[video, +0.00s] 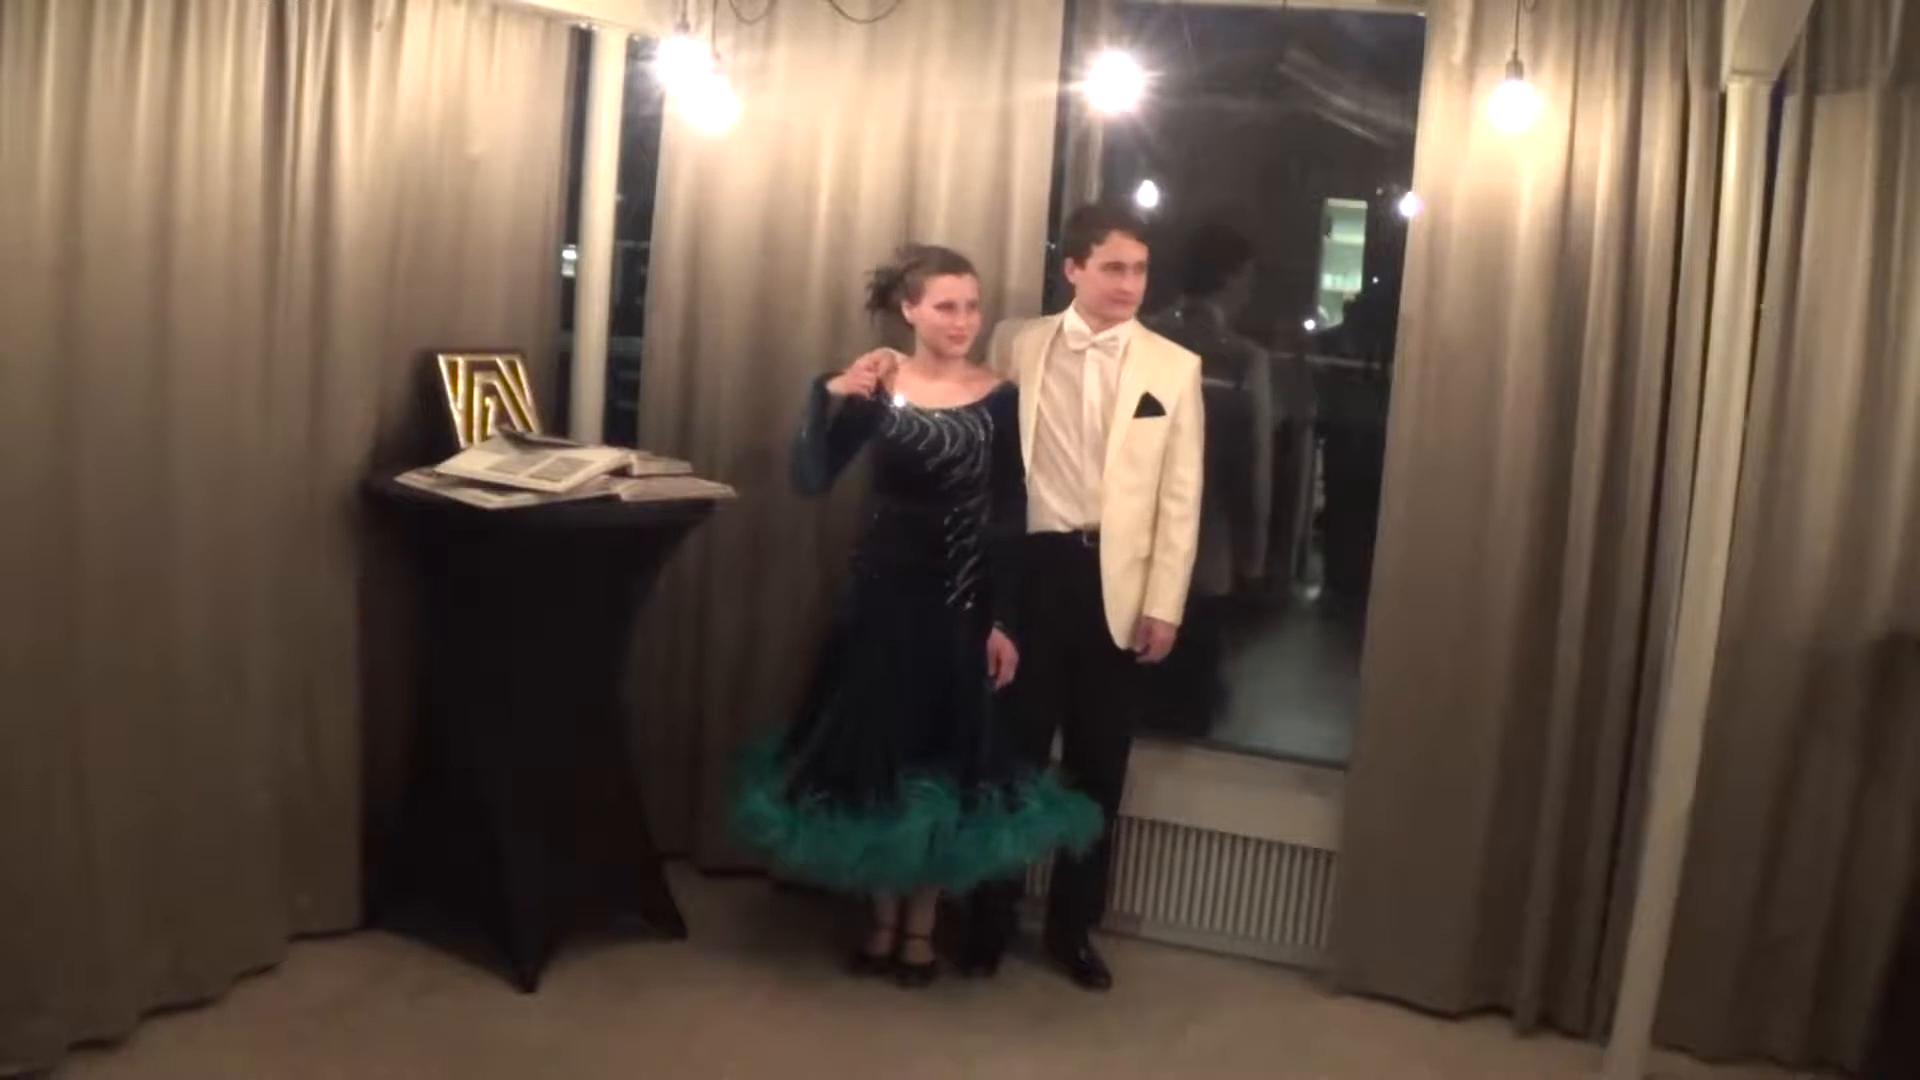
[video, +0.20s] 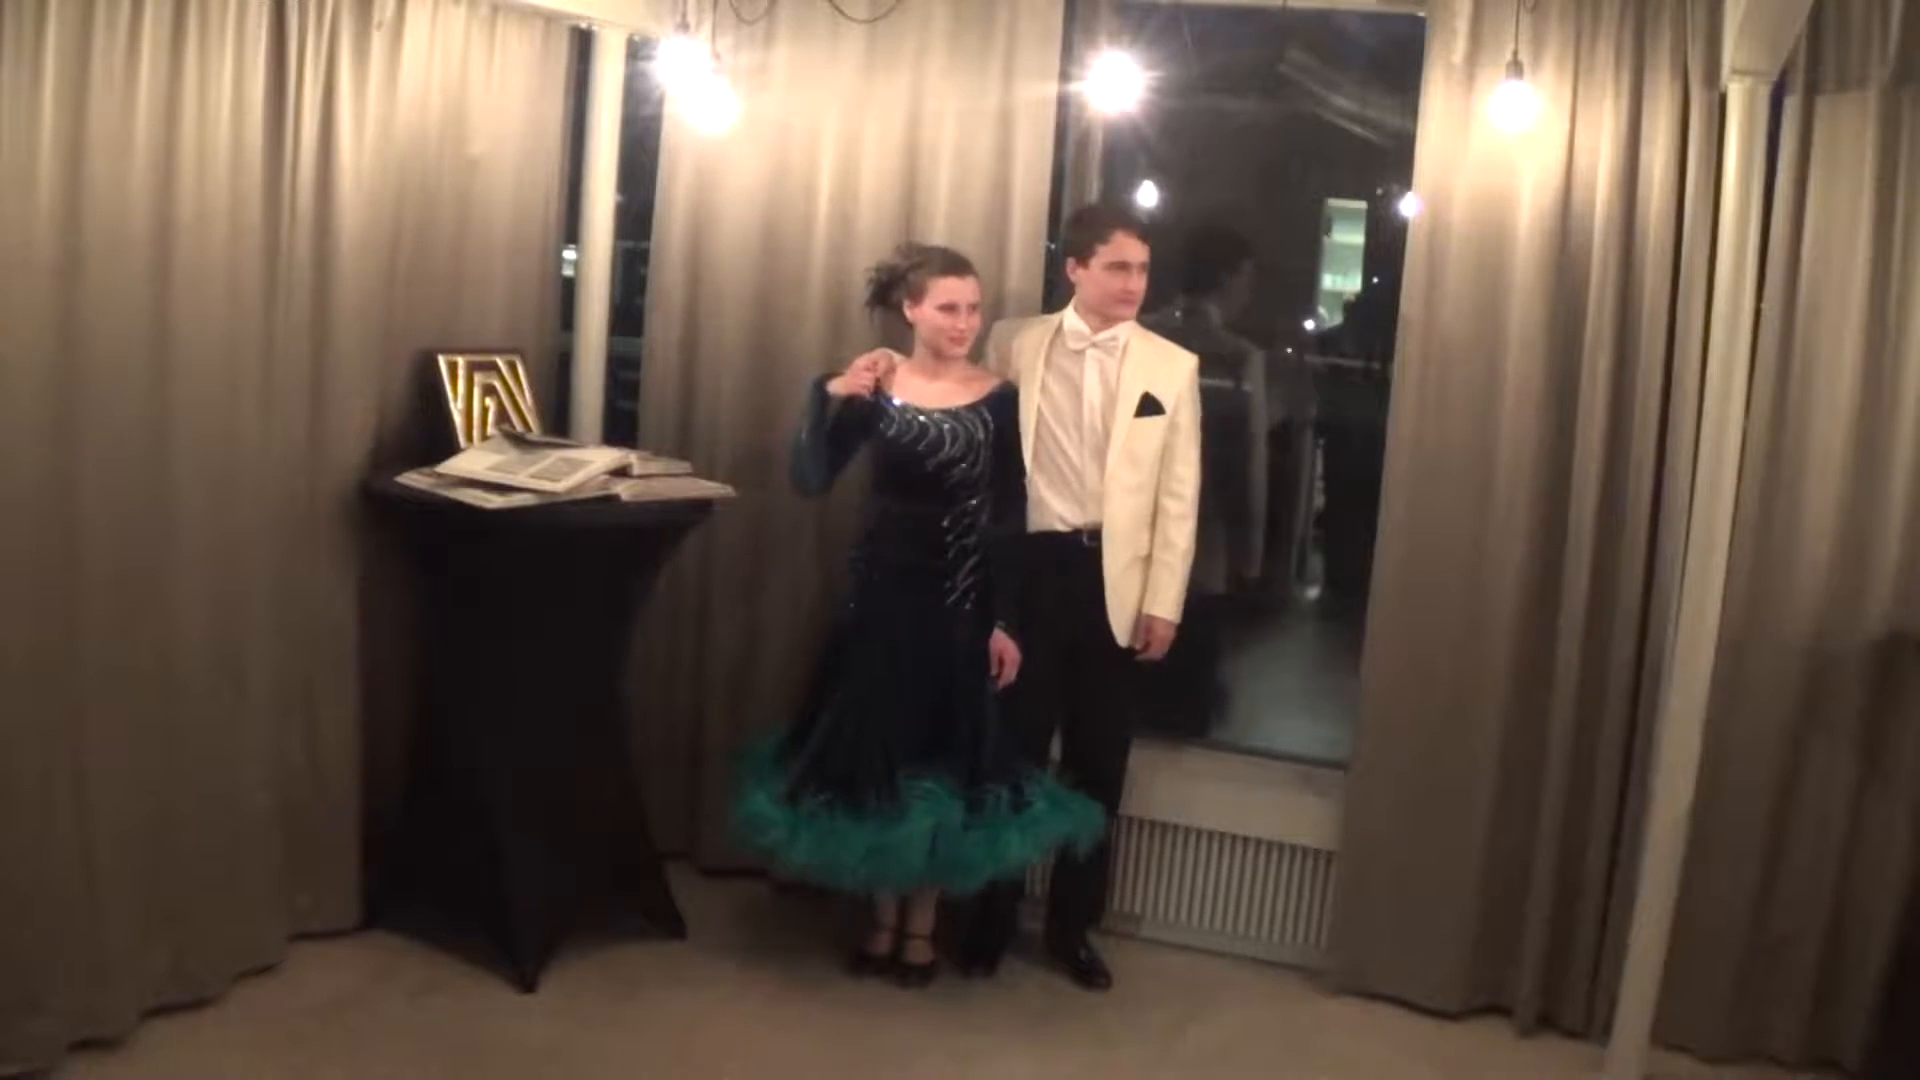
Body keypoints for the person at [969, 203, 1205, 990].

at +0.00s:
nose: (1129, 284)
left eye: (1140, 271)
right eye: (1114, 267)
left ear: (1151, 281)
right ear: (1072, 271)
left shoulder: (1176, 369)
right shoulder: (1018, 344)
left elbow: (1182, 498)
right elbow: (976, 454)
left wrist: (1165, 603)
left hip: (1114, 580)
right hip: (1024, 569)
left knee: (1099, 762)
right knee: (1010, 745)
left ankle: (1073, 929)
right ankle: (984, 922)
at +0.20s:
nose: (1134, 283)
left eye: (1143, 270)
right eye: (1118, 267)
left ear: (1151, 278)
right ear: (1074, 270)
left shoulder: (1173, 369)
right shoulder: (1016, 344)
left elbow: (1180, 496)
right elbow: (973, 453)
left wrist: (1165, 601)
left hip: (1113, 577)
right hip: (1023, 567)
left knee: (1099, 759)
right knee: (1011, 743)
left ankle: (1072, 928)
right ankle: (985, 922)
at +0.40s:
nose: (1134, 282)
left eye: (1142, 268)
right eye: (1119, 266)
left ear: (1148, 278)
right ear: (1073, 269)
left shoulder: (1171, 367)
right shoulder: (1012, 343)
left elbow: (1177, 494)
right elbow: (970, 455)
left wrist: (1163, 599)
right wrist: (964, 566)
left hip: (1112, 577)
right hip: (1020, 568)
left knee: (1098, 760)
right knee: (1007, 742)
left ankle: (1073, 929)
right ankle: (982, 923)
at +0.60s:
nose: (1133, 281)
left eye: (1141, 268)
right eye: (1118, 265)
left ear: (1147, 278)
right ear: (1072, 268)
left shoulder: (1169, 366)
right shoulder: (1011, 342)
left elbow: (1177, 492)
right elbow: (971, 456)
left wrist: (1163, 597)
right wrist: (965, 566)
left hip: (1112, 576)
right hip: (1021, 567)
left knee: (1097, 758)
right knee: (1008, 742)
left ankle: (1073, 928)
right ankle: (982, 922)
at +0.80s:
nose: (1132, 280)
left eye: (1140, 267)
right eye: (1117, 264)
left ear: (1145, 276)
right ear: (1070, 268)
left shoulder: (1167, 363)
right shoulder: (1011, 342)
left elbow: (1176, 490)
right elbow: (971, 456)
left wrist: (1163, 596)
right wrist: (963, 565)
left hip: (1111, 575)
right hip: (1020, 566)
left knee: (1097, 758)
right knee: (1007, 742)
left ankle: (1072, 928)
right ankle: (982, 922)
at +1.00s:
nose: (1129, 279)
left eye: (1138, 266)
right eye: (1114, 263)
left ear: (1144, 276)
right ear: (1069, 266)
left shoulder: (1165, 363)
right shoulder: (1009, 342)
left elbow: (1176, 490)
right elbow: (969, 452)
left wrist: (1163, 595)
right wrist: (965, 569)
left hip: (1111, 573)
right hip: (1021, 565)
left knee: (1096, 754)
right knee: (1008, 740)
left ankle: (1071, 926)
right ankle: (984, 919)